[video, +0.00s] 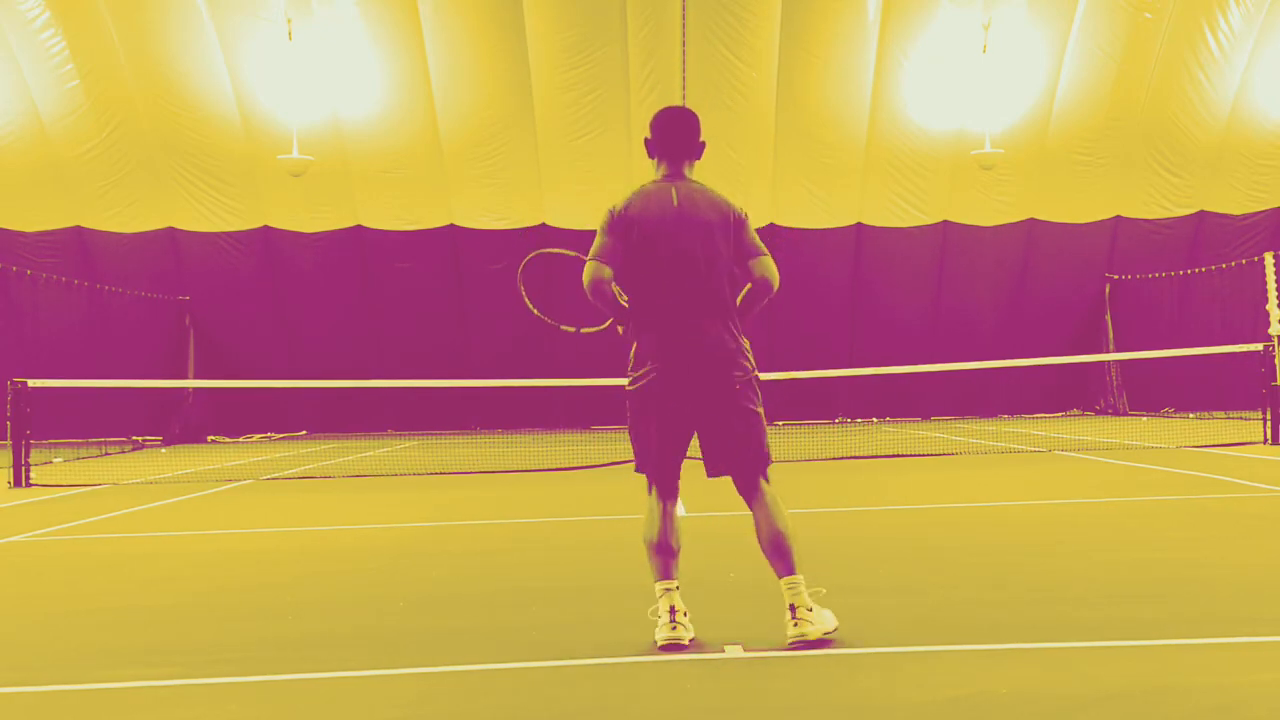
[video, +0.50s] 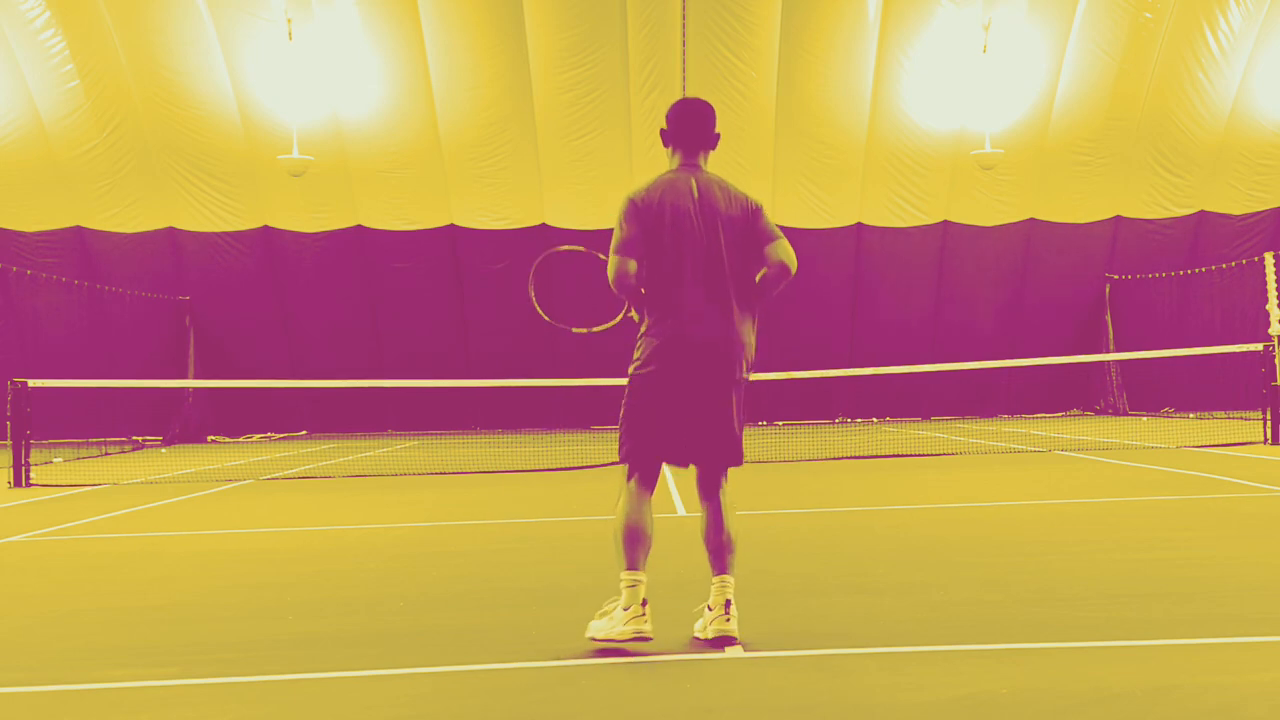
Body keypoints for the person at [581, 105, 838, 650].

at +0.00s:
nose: (684, 158)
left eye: (661, 149)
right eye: (693, 147)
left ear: (649, 151)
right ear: (699, 150)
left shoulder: (623, 211)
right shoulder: (725, 210)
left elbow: (594, 278)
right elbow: (768, 278)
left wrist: (625, 312)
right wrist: (731, 318)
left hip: (656, 369)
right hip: (725, 365)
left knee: (660, 491)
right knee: (757, 486)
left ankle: (671, 614)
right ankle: (800, 608)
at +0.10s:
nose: (677, 142)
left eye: (664, 129)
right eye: (693, 131)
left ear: (653, 134)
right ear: (702, 135)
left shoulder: (626, 194)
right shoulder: (730, 195)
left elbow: (601, 256)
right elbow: (769, 257)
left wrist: (631, 296)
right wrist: (734, 297)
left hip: (653, 352)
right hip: (721, 350)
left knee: (661, 477)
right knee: (744, 471)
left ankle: (668, 604)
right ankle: (773, 592)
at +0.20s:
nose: (666, 124)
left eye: (661, 114)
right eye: (692, 116)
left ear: (657, 118)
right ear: (708, 120)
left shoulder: (634, 174)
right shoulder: (737, 176)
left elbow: (611, 234)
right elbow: (774, 235)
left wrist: (635, 280)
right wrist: (736, 281)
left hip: (656, 334)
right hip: (722, 333)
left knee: (655, 462)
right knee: (729, 460)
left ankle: (653, 591)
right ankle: (738, 586)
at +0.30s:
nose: (670, 136)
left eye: (666, 126)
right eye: (696, 128)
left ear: (664, 129)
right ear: (713, 132)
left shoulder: (641, 187)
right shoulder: (742, 190)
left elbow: (619, 251)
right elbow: (783, 247)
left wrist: (641, 293)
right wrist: (742, 288)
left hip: (659, 343)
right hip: (723, 344)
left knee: (645, 473)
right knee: (717, 478)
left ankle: (636, 604)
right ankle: (723, 604)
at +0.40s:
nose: (682, 161)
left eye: (670, 152)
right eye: (705, 150)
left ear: (667, 153)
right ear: (716, 154)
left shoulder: (644, 214)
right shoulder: (743, 215)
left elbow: (622, 289)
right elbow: (789, 278)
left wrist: (651, 317)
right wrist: (749, 318)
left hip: (661, 370)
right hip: (726, 370)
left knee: (632, 494)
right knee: (712, 492)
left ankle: (616, 616)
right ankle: (721, 614)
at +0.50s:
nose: (675, 148)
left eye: (669, 138)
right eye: (700, 140)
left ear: (665, 140)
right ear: (714, 142)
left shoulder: (642, 200)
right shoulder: (740, 202)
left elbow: (622, 276)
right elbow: (784, 262)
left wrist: (641, 295)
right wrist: (750, 304)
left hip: (660, 357)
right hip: (721, 358)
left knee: (639, 481)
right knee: (713, 488)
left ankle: (631, 606)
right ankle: (721, 607)